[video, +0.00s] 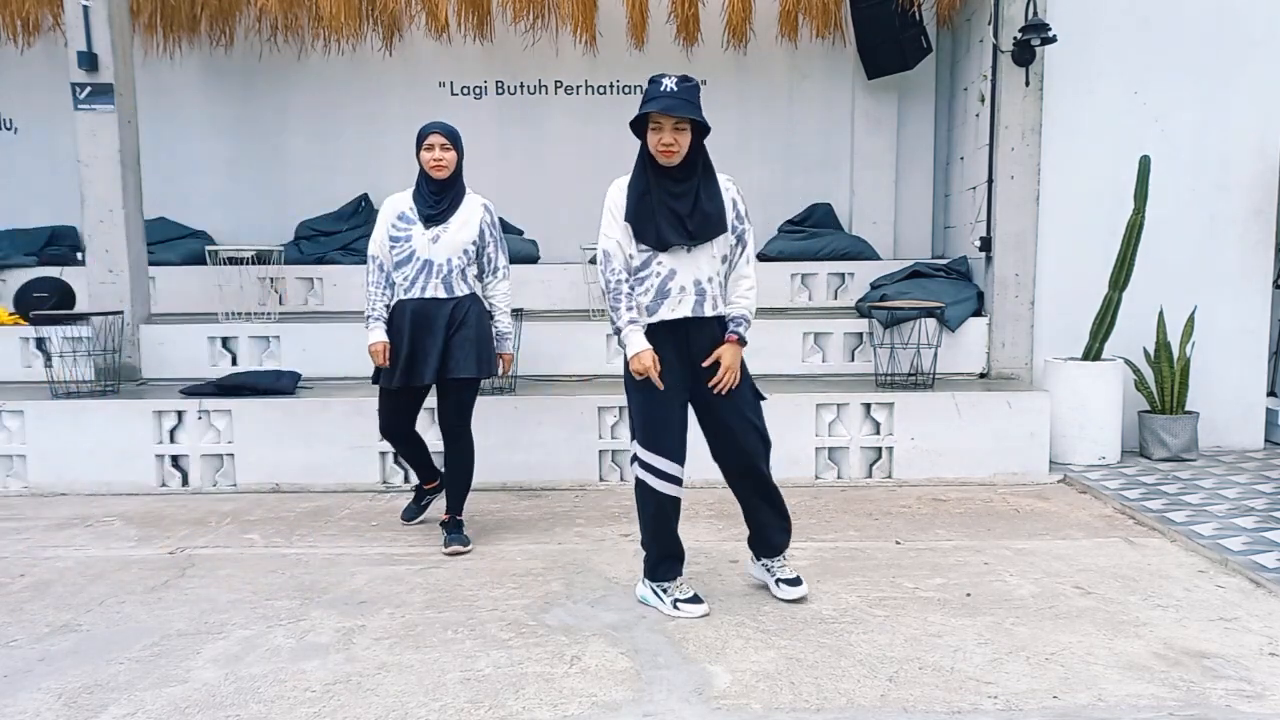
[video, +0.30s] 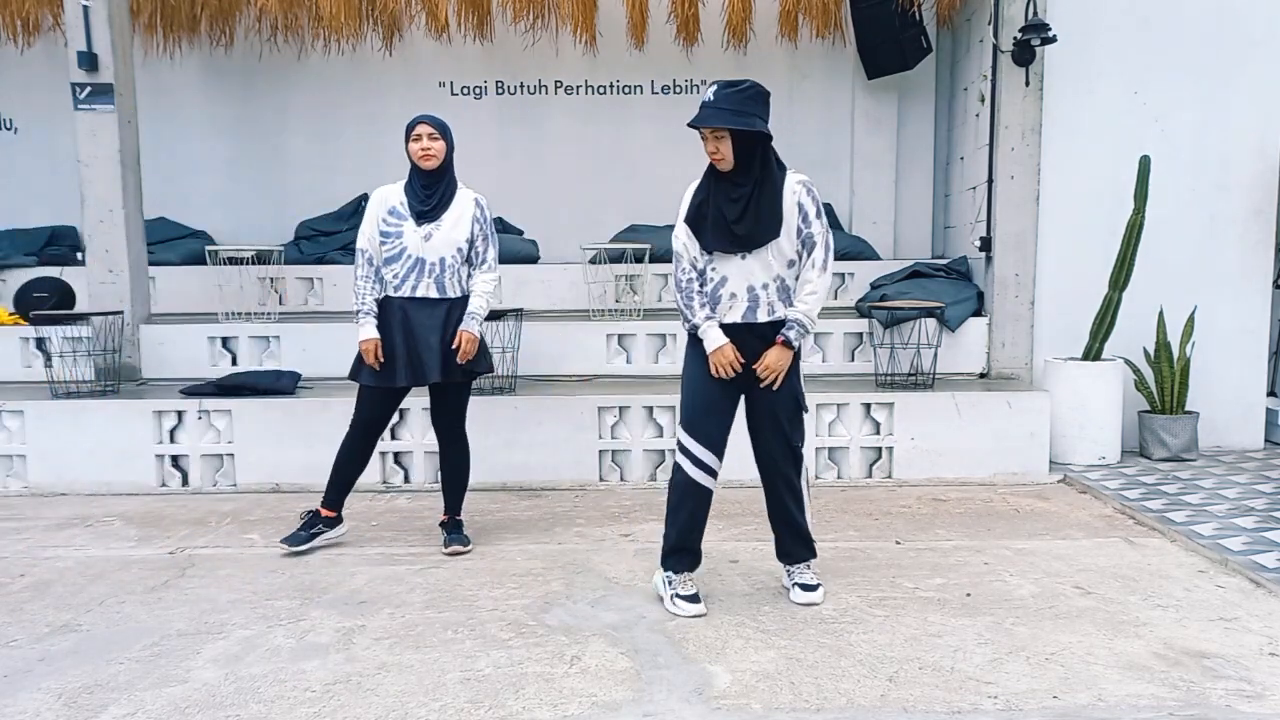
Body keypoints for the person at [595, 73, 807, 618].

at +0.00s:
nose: (668, 138)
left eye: (680, 128)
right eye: (659, 127)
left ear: (696, 132)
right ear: (643, 131)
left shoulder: (723, 191)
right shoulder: (624, 194)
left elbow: (744, 269)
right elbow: (614, 277)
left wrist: (736, 338)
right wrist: (635, 341)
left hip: (714, 337)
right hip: (653, 341)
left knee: (749, 446)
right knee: (659, 461)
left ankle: (770, 554)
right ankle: (660, 578)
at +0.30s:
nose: (710, 148)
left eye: (719, 137)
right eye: (705, 138)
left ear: (750, 136)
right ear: (702, 138)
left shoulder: (796, 193)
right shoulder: (699, 194)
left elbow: (818, 273)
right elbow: (685, 277)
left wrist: (789, 341)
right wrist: (713, 338)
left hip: (776, 342)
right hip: (712, 341)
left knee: (783, 460)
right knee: (697, 458)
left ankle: (797, 563)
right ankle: (678, 571)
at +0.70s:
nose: (765, 147)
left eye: (776, 137)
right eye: (756, 136)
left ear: (794, 139)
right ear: (742, 138)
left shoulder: (818, 199)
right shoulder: (717, 192)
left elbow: (836, 276)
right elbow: (696, 270)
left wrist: (795, 332)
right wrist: (717, 333)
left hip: (783, 339)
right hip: (719, 334)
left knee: (787, 452)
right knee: (686, 441)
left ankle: (800, 561)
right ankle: (657, 544)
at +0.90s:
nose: (751, 201)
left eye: (762, 190)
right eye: (741, 190)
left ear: (778, 194)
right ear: (726, 194)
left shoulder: (798, 252)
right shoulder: (700, 245)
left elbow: (808, 327)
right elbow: (671, 321)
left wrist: (767, 372)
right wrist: (693, 384)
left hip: (760, 378)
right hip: (691, 374)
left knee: (790, 462)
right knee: (640, 461)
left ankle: (799, 564)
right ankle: (591, 541)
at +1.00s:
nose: (711, 223)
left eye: (721, 212)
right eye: (700, 212)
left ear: (737, 214)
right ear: (687, 216)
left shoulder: (759, 267)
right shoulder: (664, 267)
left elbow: (782, 335)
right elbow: (642, 339)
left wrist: (739, 384)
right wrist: (670, 399)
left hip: (738, 392)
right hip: (671, 391)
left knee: (776, 465)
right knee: (620, 461)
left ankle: (799, 564)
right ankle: (583, 548)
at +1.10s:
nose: (658, 220)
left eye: (668, 209)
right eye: (648, 210)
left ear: (684, 211)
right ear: (634, 213)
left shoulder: (712, 255)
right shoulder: (616, 267)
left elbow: (747, 322)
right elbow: (612, 343)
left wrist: (714, 383)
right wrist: (647, 398)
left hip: (714, 387)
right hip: (647, 391)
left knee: (756, 462)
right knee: (600, 465)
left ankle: (796, 562)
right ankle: (584, 549)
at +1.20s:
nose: (620, 196)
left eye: (629, 186)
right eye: (609, 186)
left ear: (645, 188)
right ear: (595, 190)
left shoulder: (675, 231)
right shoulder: (581, 247)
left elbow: (712, 299)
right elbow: (591, 326)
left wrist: (696, 366)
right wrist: (628, 379)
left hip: (692, 363)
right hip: (628, 370)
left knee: (745, 451)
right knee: (591, 458)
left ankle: (801, 553)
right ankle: (581, 547)